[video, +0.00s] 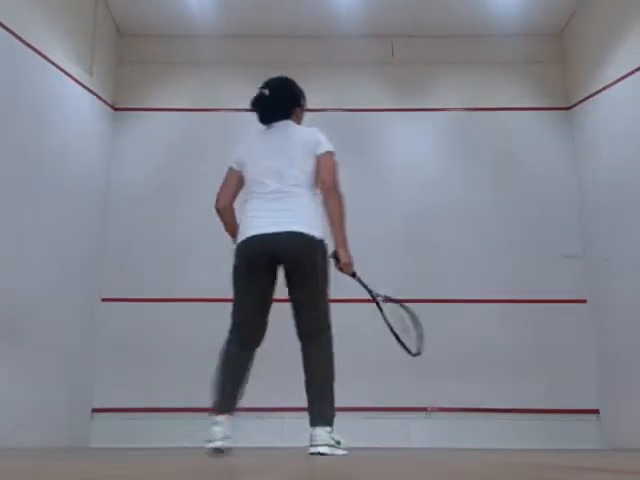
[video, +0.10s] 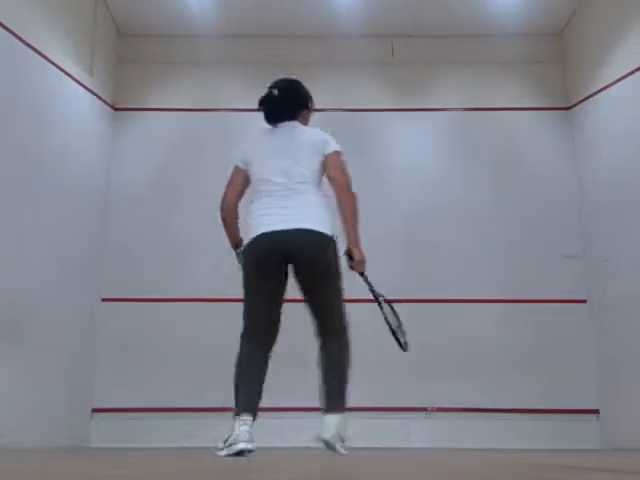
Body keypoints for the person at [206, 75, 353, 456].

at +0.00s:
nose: (304, 112)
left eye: (302, 107)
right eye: (303, 107)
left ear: (263, 111)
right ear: (297, 110)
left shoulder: (248, 145)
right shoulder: (313, 138)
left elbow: (223, 202)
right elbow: (329, 188)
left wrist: (241, 239)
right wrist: (342, 246)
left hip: (254, 242)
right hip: (303, 240)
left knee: (244, 332)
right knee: (315, 334)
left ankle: (221, 420)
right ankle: (322, 430)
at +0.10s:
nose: (312, 115)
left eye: (310, 110)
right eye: (311, 110)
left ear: (270, 112)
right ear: (305, 111)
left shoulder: (253, 146)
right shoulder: (320, 140)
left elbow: (228, 204)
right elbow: (343, 187)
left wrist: (239, 247)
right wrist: (354, 243)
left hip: (261, 242)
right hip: (312, 238)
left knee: (257, 332)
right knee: (332, 330)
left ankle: (243, 425)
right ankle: (332, 422)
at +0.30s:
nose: (337, 120)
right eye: (336, 114)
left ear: (296, 122)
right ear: (333, 120)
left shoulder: (288, 156)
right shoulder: (353, 151)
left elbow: (251, 201)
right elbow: (391, 199)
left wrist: (227, 243)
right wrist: (400, 248)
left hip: (296, 251)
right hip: (349, 251)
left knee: (267, 339)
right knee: (386, 332)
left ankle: (245, 428)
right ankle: (432, 414)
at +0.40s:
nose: (362, 117)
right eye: (360, 112)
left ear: (322, 121)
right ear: (359, 116)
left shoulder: (317, 151)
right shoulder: (382, 149)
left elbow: (275, 189)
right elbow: (418, 197)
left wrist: (233, 235)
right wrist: (423, 245)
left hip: (337, 246)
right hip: (387, 246)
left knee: (299, 335)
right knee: (414, 337)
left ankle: (260, 420)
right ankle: (446, 426)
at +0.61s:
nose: (412, 132)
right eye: (410, 128)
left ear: (369, 134)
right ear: (404, 130)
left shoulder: (357, 168)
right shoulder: (421, 157)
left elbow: (331, 224)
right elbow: (465, 200)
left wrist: (317, 265)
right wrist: (488, 233)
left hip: (385, 255)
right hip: (437, 249)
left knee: (372, 343)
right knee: (472, 324)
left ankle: (366, 426)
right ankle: (496, 407)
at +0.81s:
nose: (498, 145)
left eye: (494, 140)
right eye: (495, 140)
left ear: (458, 145)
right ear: (491, 142)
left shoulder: (447, 181)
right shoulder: (500, 169)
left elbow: (419, 221)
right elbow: (558, 204)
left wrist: (400, 254)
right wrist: (614, 221)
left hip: (442, 278)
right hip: (490, 271)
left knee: (433, 364)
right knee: (560, 338)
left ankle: (383, 391)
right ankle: (583, 431)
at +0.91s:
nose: (538, 164)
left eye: (537, 160)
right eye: (537, 159)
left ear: (499, 160)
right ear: (530, 159)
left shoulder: (478, 192)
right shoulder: (531, 183)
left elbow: (443, 233)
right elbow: (590, 219)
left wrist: (407, 260)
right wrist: (638, 224)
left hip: (457, 280)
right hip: (498, 274)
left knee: (471, 372)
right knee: (568, 341)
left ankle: (414, 387)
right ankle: (581, 432)